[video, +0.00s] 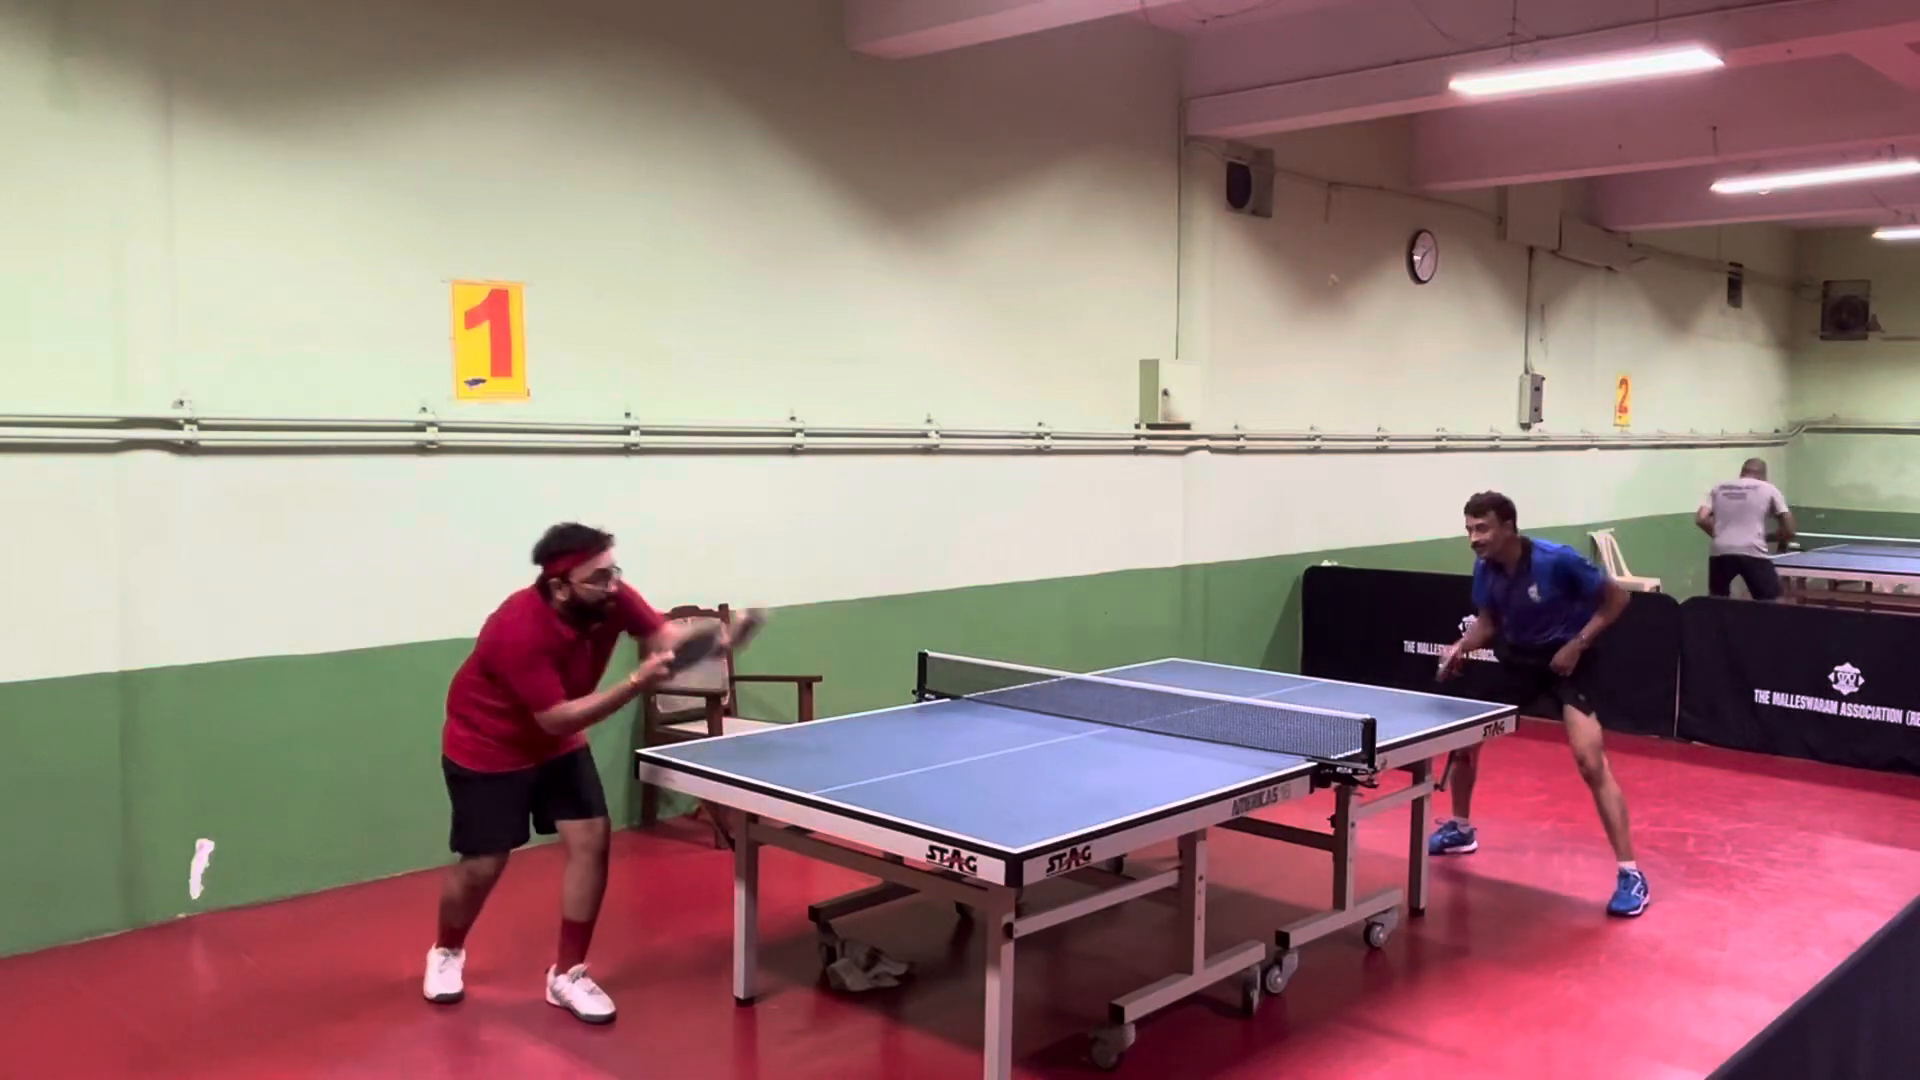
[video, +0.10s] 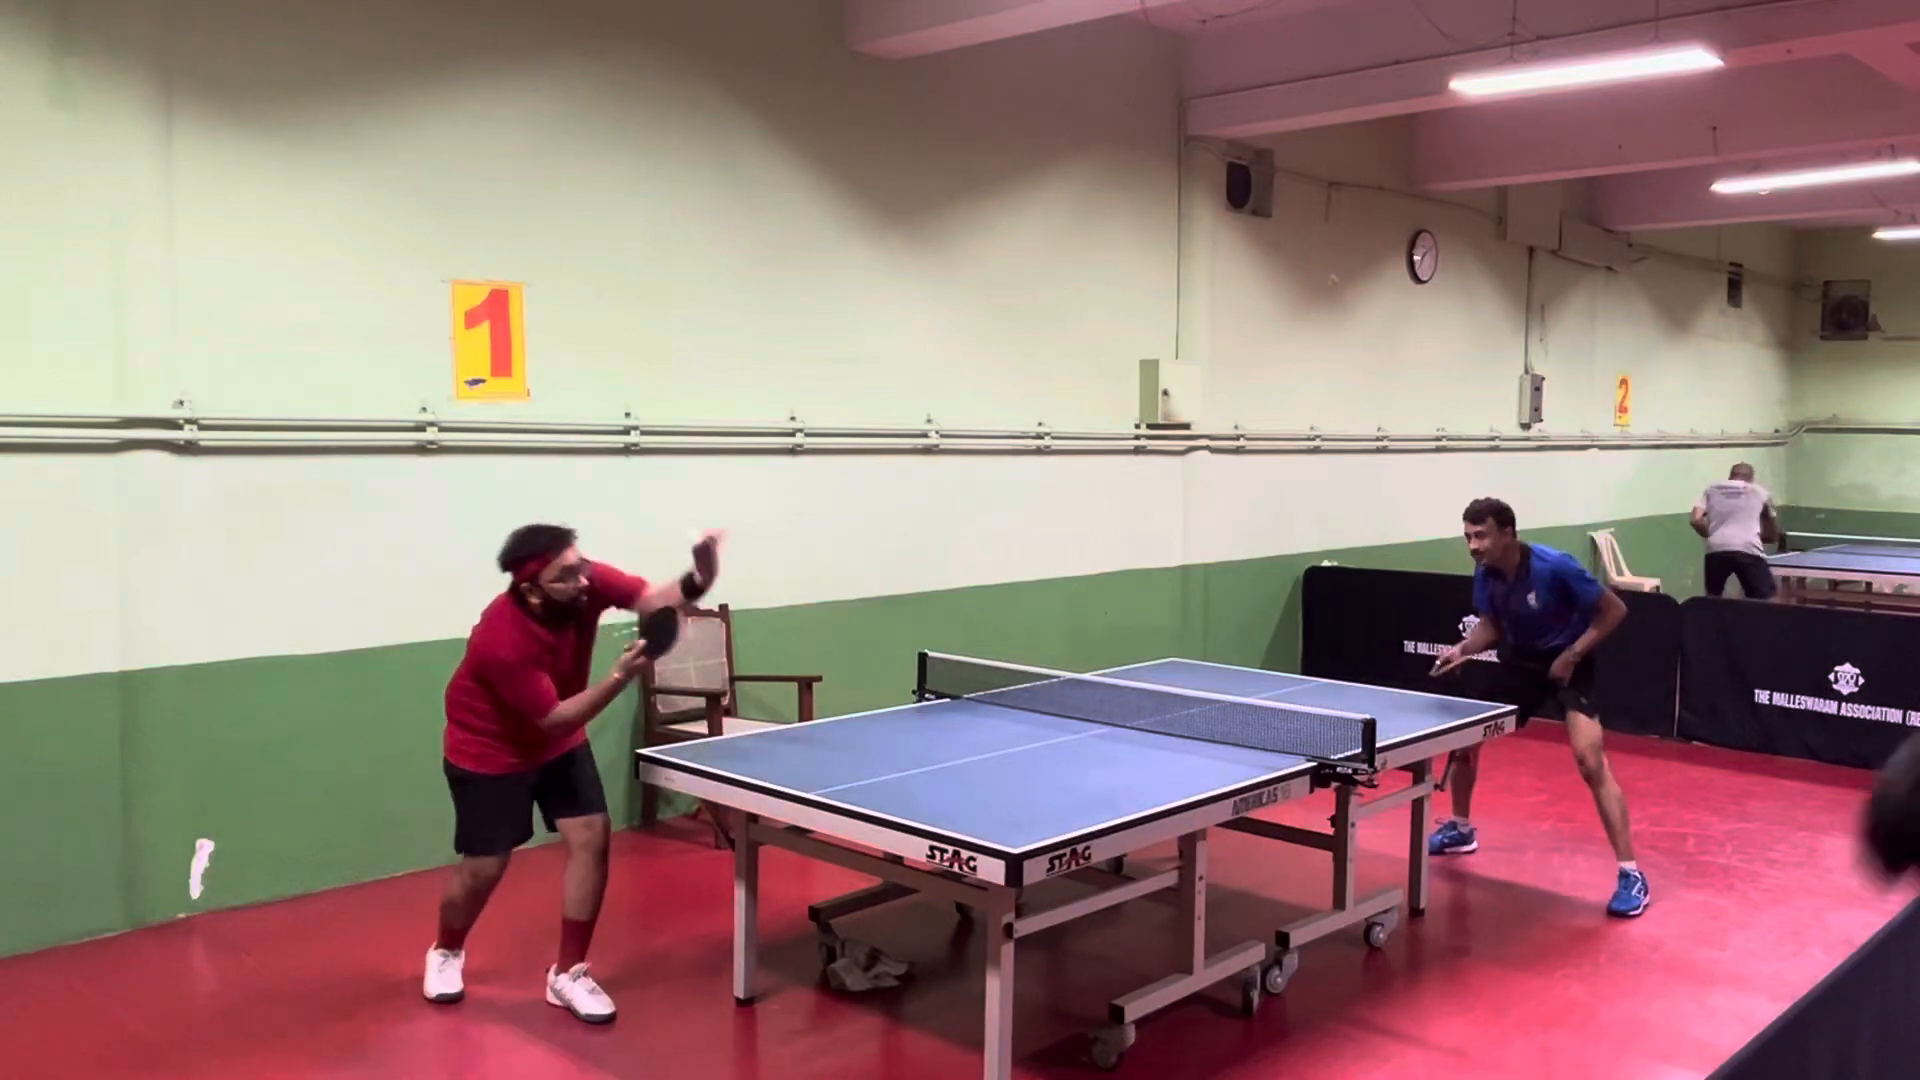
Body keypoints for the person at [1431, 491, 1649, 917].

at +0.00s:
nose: (1474, 538)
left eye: (1481, 530)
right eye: (1470, 531)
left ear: (1509, 527)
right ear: (1471, 532)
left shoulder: (1558, 561)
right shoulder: (1484, 571)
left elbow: (1617, 596)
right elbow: (1488, 624)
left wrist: (1578, 644)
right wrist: (1459, 648)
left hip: (1567, 666)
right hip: (1514, 665)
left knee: (1590, 763)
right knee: (1463, 734)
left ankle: (1629, 874)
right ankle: (1460, 826)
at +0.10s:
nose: (1472, 545)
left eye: (1480, 536)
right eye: (1468, 537)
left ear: (1508, 534)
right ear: (1469, 538)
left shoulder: (1556, 567)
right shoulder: (1484, 576)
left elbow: (1614, 609)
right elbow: (1492, 626)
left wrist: (1573, 654)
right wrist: (1461, 650)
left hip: (1570, 665)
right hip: (1518, 665)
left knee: (1589, 761)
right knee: (1464, 734)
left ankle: (1630, 874)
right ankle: (1460, 826)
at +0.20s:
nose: (1478, 549)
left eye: (1485, 540)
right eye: (1474, 541)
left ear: (1513, 538)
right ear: (1476, 541)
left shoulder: (1559, 574)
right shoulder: (1487, 575)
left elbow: (1615, 621)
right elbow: (1492, 630)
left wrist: (1570, 663)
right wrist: (1458, 651)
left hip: (1570, 668)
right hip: (1519, 668)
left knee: (1593, 765)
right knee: (1464, 736)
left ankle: (1630, 874)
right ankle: (1460, 826)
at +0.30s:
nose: (1488, 553)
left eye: (1496, 545)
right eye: (1485, 545)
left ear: (1525, 543)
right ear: (1484, 544)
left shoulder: (1568, 583)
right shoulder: (1494, 579)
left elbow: (1619, 637)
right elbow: (1494, 635)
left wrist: (1570, 678)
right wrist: (1458, 653)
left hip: (1574, 674)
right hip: (1521, 671)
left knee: (1596, 768)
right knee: (1463, 738)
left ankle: (1631, 874)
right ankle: (1459, 826)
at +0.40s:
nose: (1502, 557)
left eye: (1510, 549)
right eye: (1499, 549)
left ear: (1539, 550)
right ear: (1499, 550)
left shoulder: (1582, 593)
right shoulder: (1507, 586)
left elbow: (1623, 654)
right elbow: (1503, 640)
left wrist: (1571, 690)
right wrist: (1459, 658)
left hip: (1585, 688)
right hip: (1534, 685)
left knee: (1597, 774)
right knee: (1467, 748)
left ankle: (1632, 875)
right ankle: (1460, 828)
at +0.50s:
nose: (1513, 549)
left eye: (1521, 539)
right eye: (1510, 540)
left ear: (1551, 540)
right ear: (1514, 542)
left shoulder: (1593, 586)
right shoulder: (1527, 584)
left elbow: (1626, 656)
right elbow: (1527, 638)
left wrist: (1572, 690)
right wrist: (1471, 657)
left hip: (1605, 685)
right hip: (1558, 683)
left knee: (1600, 782)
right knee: (1499, 747)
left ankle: (1632, 878)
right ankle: (1468, 827)